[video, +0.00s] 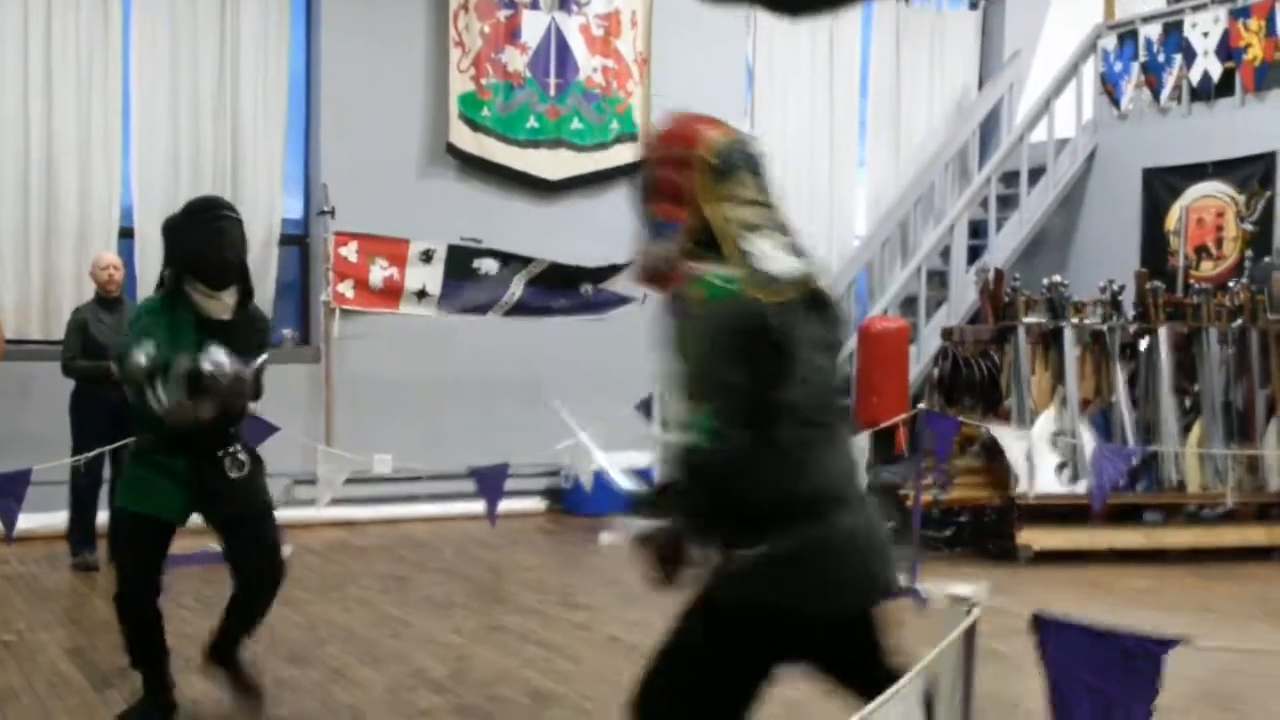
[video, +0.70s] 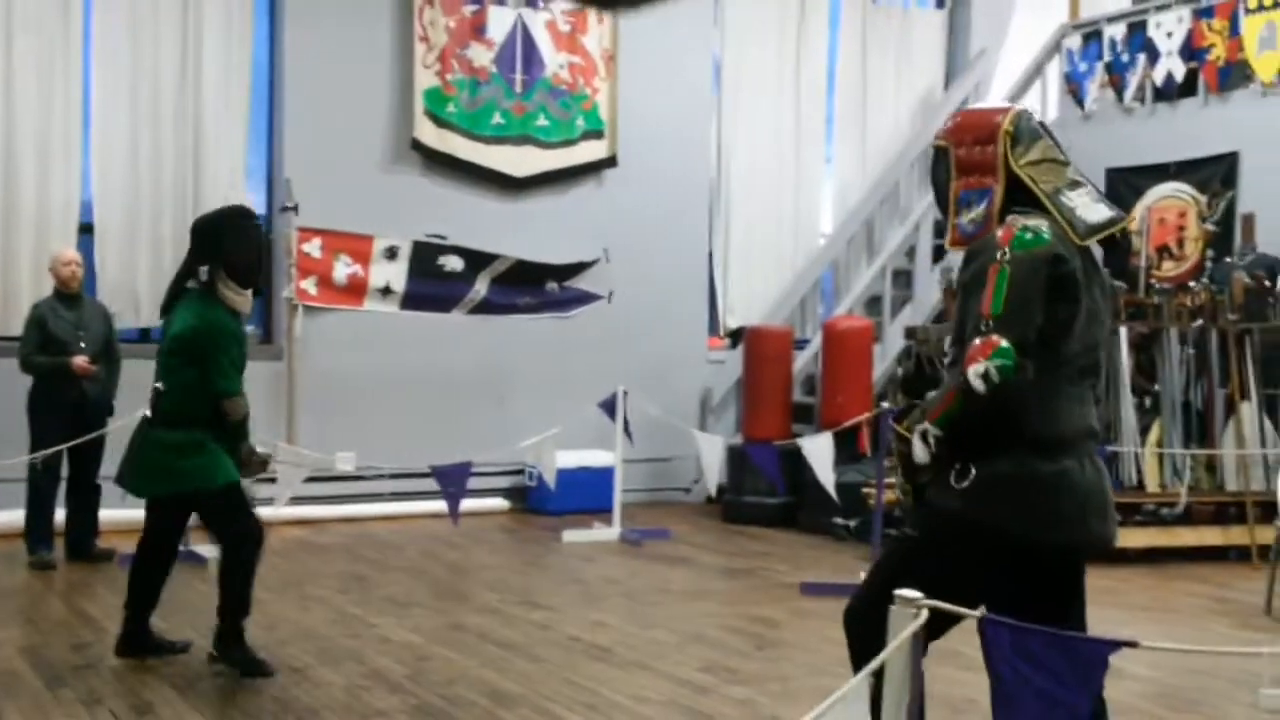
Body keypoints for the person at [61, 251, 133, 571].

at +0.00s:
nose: (111, 274)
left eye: (116, 268)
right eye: (105, 269)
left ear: (124, 273)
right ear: (93, 275)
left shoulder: (135, 315)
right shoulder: (82, 317)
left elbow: (147, 352)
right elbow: (69, 364)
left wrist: (133, 370)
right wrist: (108, 368)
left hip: (129, 406)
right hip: (91, 406)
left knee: (126, 478)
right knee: (87, 478)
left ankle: (123, 549)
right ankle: (83, 548)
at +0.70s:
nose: (73, 270)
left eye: (78, 264)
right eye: (67, 264)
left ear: (84, 271)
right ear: (53, 271)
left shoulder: (98, 311)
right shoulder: (42, 311)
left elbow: (112, 358)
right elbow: (27, 360)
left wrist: (106, 396)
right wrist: (67, 363)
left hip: (91, 406)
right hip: (50, 407)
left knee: (86, 479)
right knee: (44, 476)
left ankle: (82, 544)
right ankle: (40, 547)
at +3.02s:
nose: (26, 261)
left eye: (29, 256)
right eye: (18, 256)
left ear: (35, 263)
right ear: (4, 264)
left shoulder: (49, 304)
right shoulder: (2, 302)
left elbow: (63, 350)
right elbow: (0, 353)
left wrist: (59, 390)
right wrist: (18, 358)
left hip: (40, 403)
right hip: (5, 402)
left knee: (36, 475)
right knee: (1, 475)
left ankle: (31, 541)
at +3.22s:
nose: (25, 261)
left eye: (29, 256)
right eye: (18, 256)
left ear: (35, 262)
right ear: (4, 264)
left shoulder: (48, 304)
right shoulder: (2, 302)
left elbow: (63, 350)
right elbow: (0, 352)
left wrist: (58, 390)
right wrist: (18, 358)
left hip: (40, 402)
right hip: (5, 402)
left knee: (35, 475)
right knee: (2, 474)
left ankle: (31, 541)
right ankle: (0, 545)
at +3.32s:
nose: (26, 261)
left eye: (30, 256)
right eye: (19, 256)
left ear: (35, 262)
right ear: (4, 265)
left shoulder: (49, 304)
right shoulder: (2, 302)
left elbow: (63, 350)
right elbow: (0, 352)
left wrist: (59, 390)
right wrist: (18, 358)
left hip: (40, 403)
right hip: (5, 403)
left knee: (36, 475)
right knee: (2, 474)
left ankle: (31, 541)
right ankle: (0, 545)